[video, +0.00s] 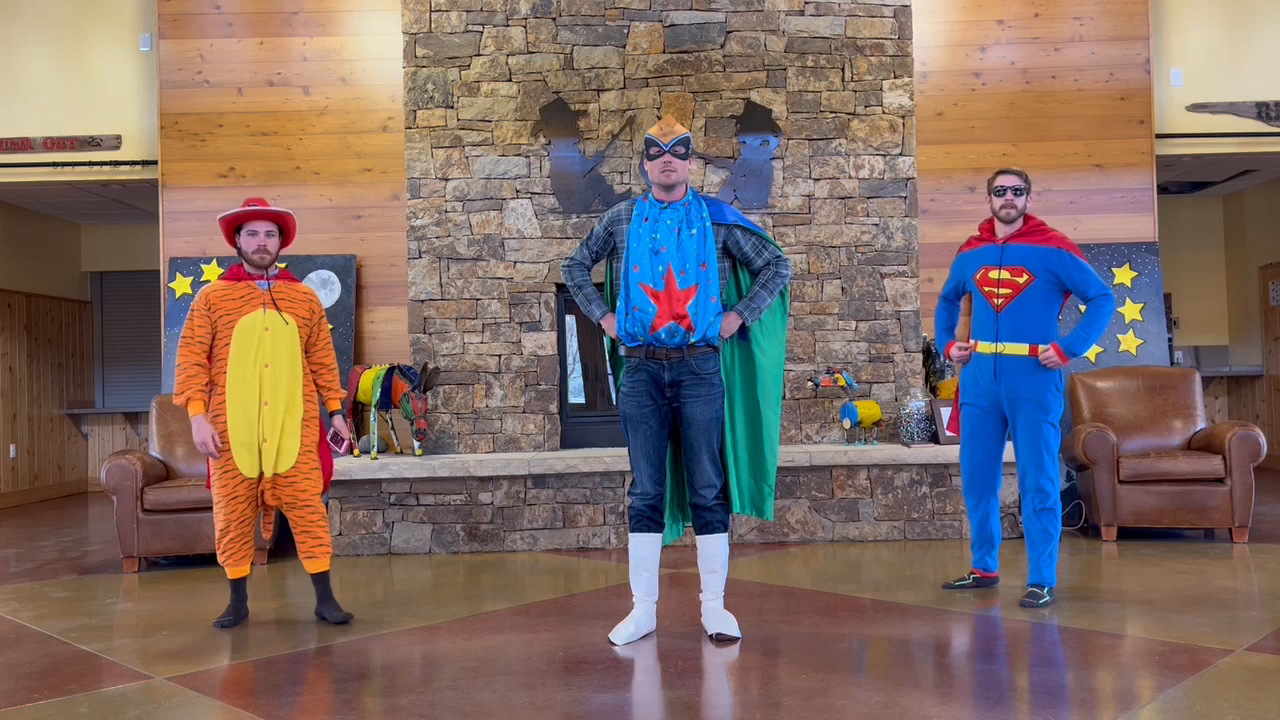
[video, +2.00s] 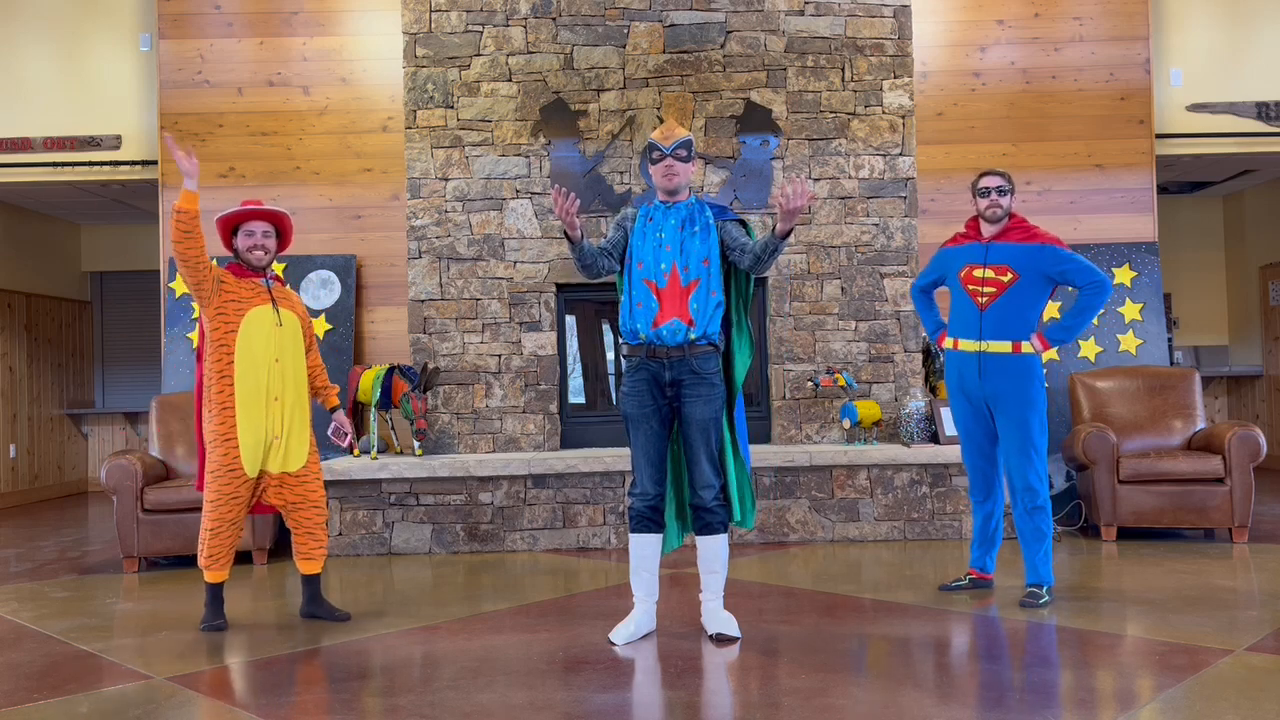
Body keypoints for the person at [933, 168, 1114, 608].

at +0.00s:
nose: (1008, 199)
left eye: (1016, 192)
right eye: (1000, 192)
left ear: (1029, 199)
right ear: (989, 200)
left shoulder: (1053, 251)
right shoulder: (968, 256)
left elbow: (1104, 298)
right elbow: (947, 301)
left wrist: (1069, 349)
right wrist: (946, 343)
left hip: (1034, 384)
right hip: (978, 385)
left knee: (1038, 485)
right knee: (977, 482)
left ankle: (1041, 581)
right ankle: (984, 570)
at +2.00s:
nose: (993, 198)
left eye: (1001, 192)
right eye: (985, 192)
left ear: (1013, 200)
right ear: (974, 202)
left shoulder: (1038, 249)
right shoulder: (951, 252)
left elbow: (1098, 285)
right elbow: (920, 289)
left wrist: (1054, 335)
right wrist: (938, 332)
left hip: (1017, 374)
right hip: (963, 374)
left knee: (1027, 480)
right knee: (981, 479)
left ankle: (1039, 581)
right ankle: (981, 572)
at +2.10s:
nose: (995, 199)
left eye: (1003, 192)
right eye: (987, 192)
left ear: (1016, 200)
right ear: (976, 201)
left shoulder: (1039, 249)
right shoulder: (954, 251)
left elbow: (1100, 286)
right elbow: (918, 289)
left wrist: (1054, 336)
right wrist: (934, 335)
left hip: (1017, 375)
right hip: (963, 374)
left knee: (1027, 480)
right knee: (981, 479)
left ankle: (1039, 581)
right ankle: (981, 572)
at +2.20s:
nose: (998, 198)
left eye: (1007, 192)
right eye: (990, 192)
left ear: (1019, 200)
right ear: (979, 200)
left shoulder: (1041, 249)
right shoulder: (956, 250)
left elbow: (1101, 288)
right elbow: (914, 290)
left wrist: (1052, 337)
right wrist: (915, 340)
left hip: (1017, 375)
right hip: (963, 374)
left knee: (1027, 480)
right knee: (981, 478)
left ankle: (1039, 582)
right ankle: (980, 572)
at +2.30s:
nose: (1000, 201)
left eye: (1008, 193)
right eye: (992, 194)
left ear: (1020, 200)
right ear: (981, 202)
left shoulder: (1045, 250)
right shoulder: (958, 252)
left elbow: (1102, 290)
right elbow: (907, 286)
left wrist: (1054, 336)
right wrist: (882, 322)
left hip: (1017, 376)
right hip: (965, 377)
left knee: (1028, 481)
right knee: (981, 480)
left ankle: (1038, 581)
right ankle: (981, 571)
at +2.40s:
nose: (997, 202)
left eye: (1005, 194)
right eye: (989, 196)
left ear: (1019, 200)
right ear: (979, 204)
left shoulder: (1044, 250)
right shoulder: (959, 250)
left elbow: (1102, 287)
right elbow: (912, 269)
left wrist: (1055, 337)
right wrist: (870, 278)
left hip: (1019, 375)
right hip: (966, 375)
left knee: (1028, 480)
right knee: (981, 479)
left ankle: (1039, 581)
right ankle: (981, 571)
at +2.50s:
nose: (992, 203)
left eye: (1000, 195)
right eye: (984, 197)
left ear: (1014, 199)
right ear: (975, 205)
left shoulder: (1041, 247)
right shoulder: (955, 250)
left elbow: (1101, 284)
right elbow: (904, 256)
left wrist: (1054, 336)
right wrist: (875, 236)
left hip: (1019, 376)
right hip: (968, 376)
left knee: (1028, 481)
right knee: (981, 479)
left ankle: (1039, 580)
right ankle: (981, 572)